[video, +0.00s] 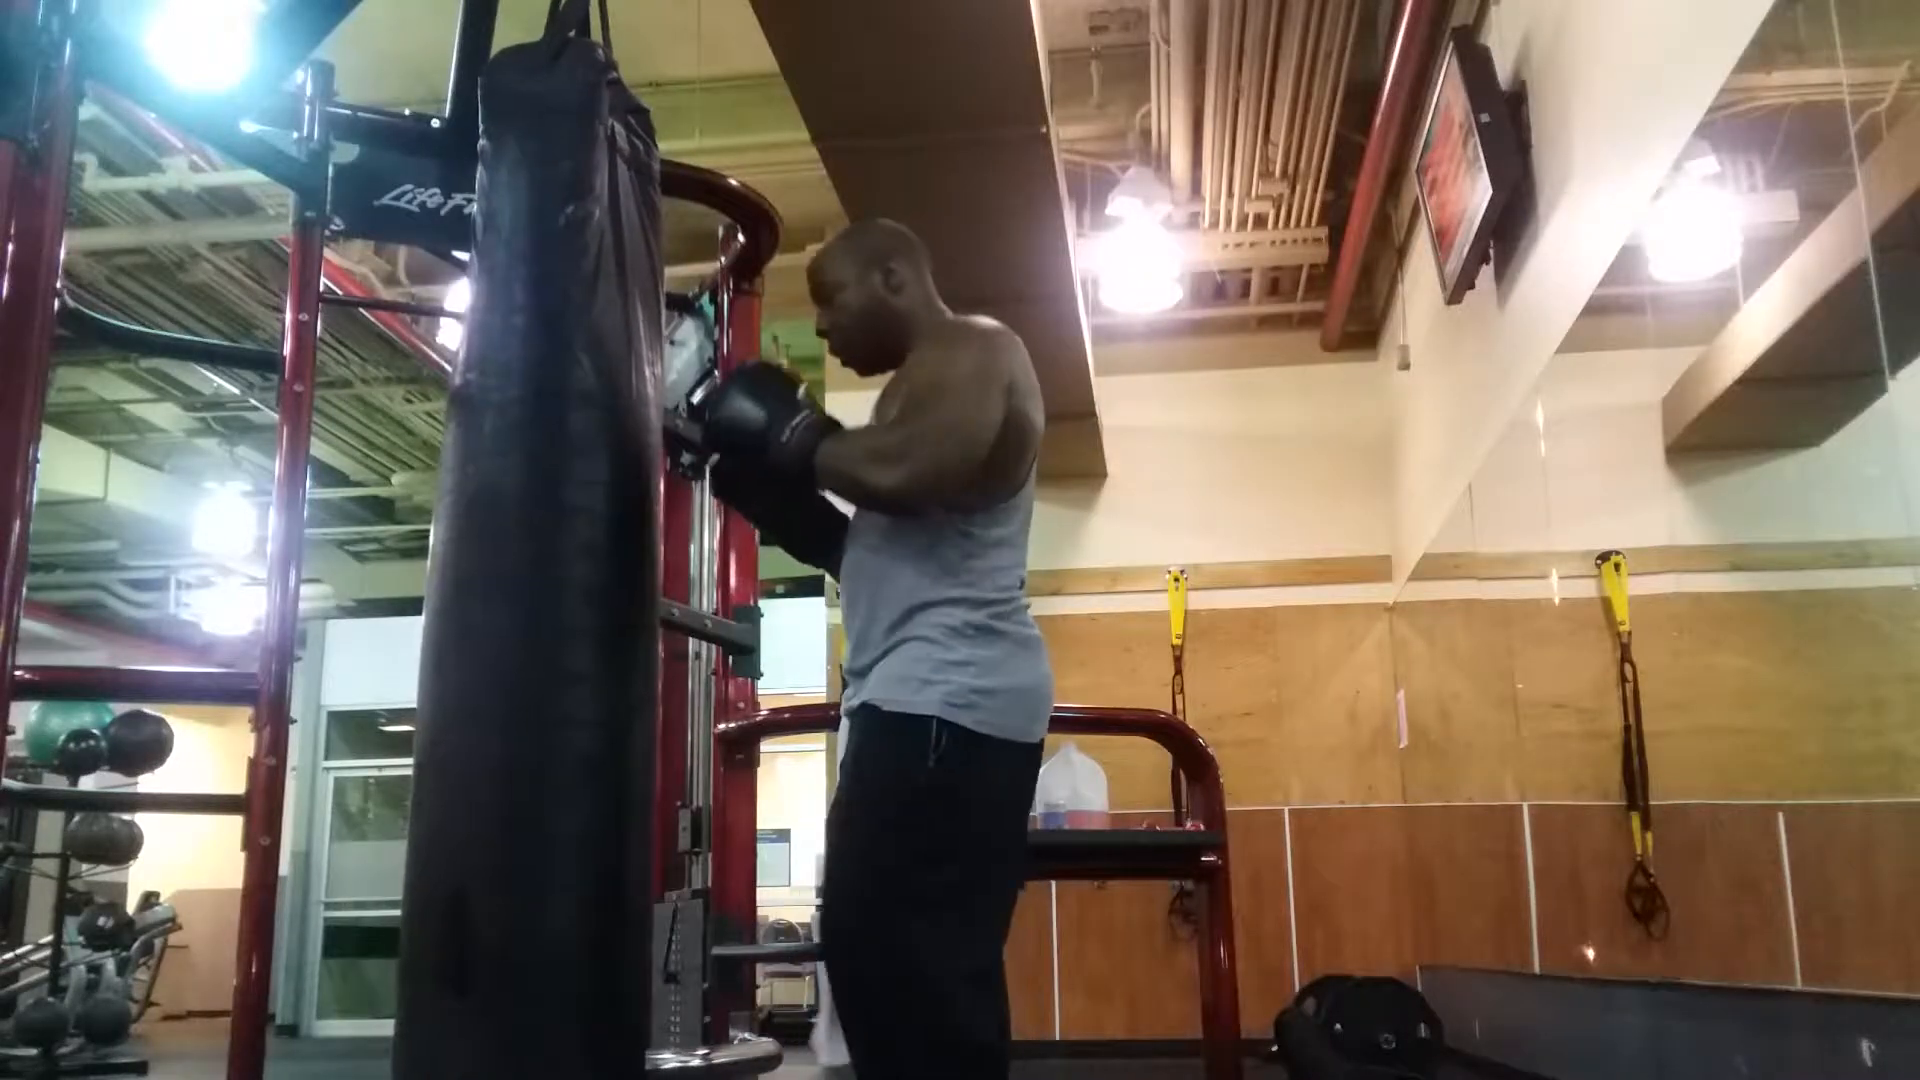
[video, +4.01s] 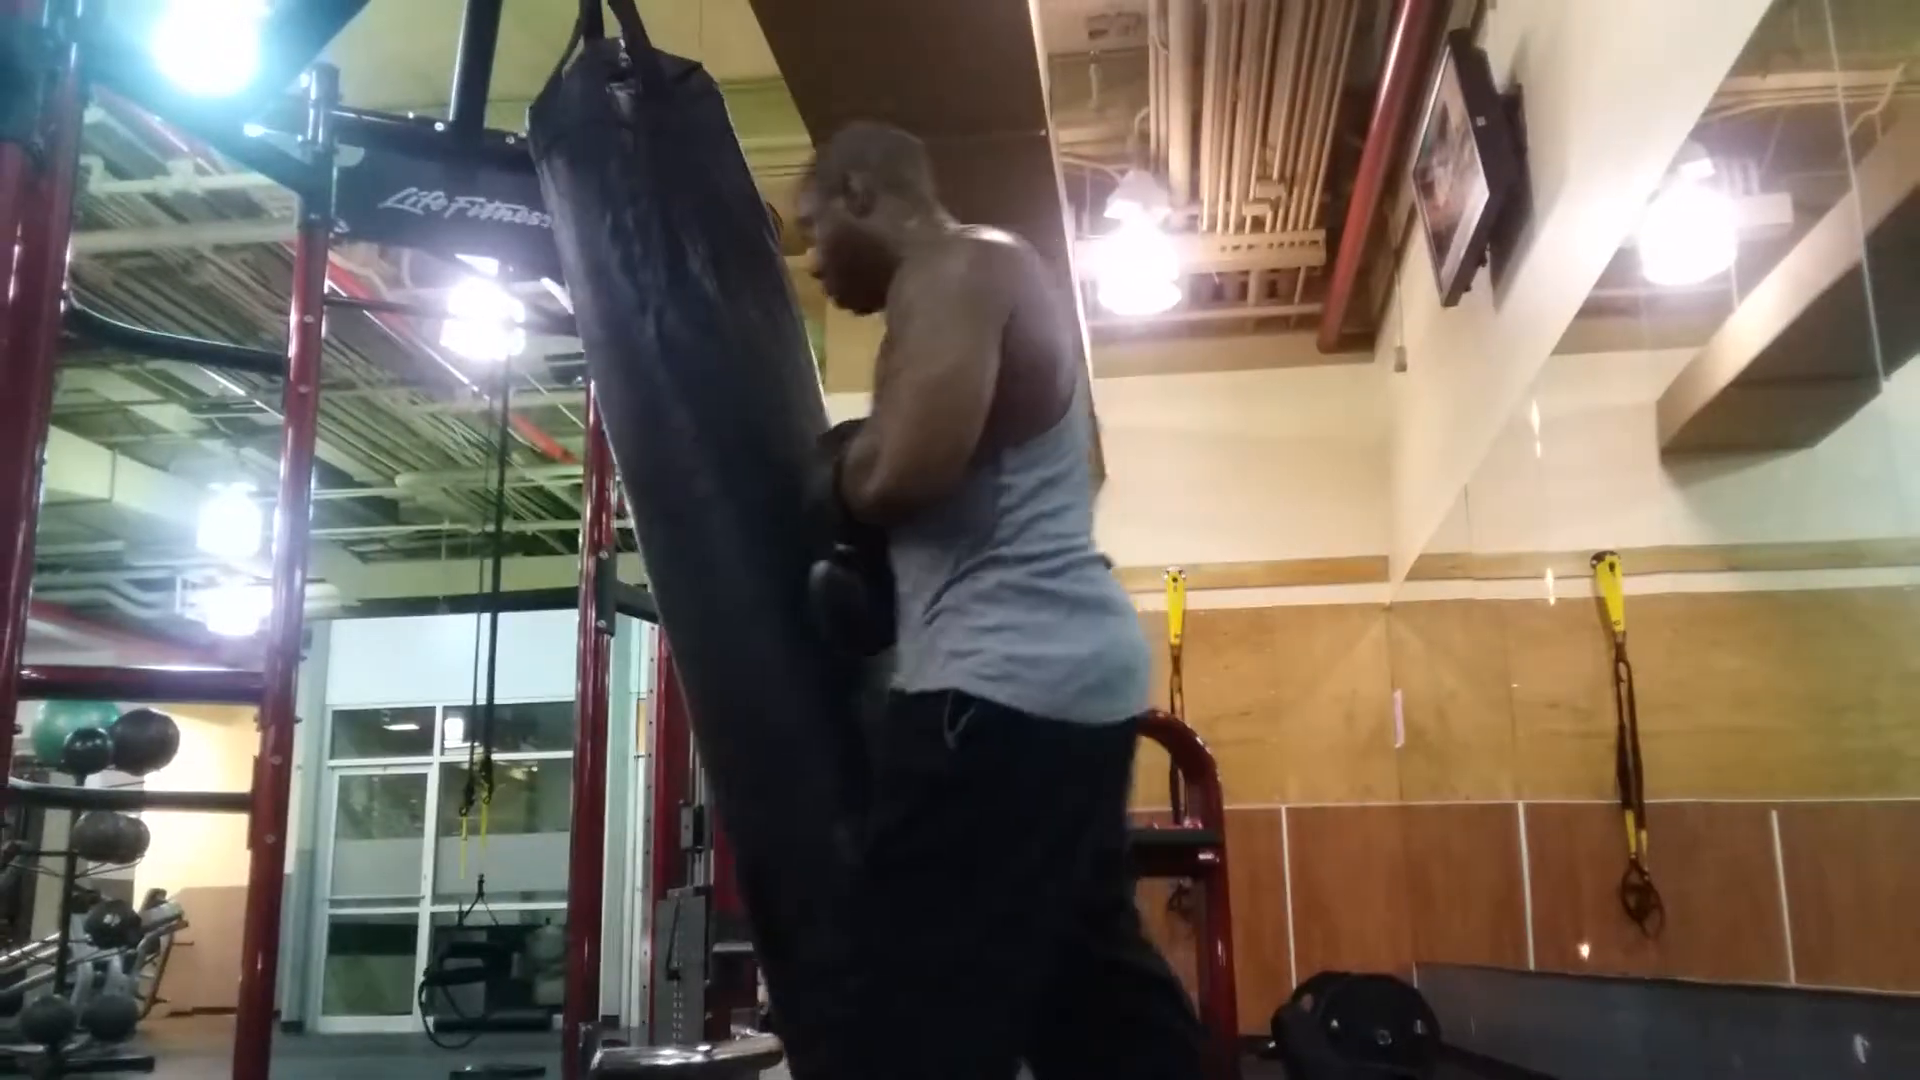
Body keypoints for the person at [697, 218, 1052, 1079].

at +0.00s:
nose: (821, 327)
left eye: (827, 300)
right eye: (815, 309)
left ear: (891, 278)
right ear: (894, 285)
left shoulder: (972, 347)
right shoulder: (916, 396)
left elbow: (923, 467)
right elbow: (884, 567)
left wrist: (798, 431)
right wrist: (770, 499)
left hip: (947, 695)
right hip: (920, 694)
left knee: (885, 949)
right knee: (914, 961)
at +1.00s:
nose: (836, 292)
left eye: (828, 265)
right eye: (829, 271)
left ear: (855, 240)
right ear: (913, 221)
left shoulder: (933, 296)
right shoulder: (1001, 296)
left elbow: (887, 477)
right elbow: (971, 475)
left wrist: (827, 479)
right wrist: (849, 404)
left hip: (971, 688)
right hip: (1025, 677)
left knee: (964, 1003)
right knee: (1022, 995)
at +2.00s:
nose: (684, 343)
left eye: (692, 316)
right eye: (681, 320)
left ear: (740, 306)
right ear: (764, 306)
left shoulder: (799, 350)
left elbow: (791, 430)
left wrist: (667, 468)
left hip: (869, 708)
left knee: (897, 1000)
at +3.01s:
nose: (811, 256)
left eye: (824, 235)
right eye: (815, 237)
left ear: (880, 234)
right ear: (895, 241)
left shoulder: (938, 313)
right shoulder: (938, 331)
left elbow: (885, 474)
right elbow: (963, 546)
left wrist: (815, 489)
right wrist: (868, 608)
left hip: (971, 699)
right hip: (978, 698)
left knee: (960, 1020)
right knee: (983, 1016)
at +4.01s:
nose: (813, 265)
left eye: (811, 235)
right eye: (803, 243)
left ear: (860, 201)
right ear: (894, 198)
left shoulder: (954, 269)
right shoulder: (1012, 270)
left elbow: (905, 473)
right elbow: (1083, 469)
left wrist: (839, 465)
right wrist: (895, 506)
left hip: (1002, 683)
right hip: (1069, 675)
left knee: (919, 994)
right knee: (1091, 979)